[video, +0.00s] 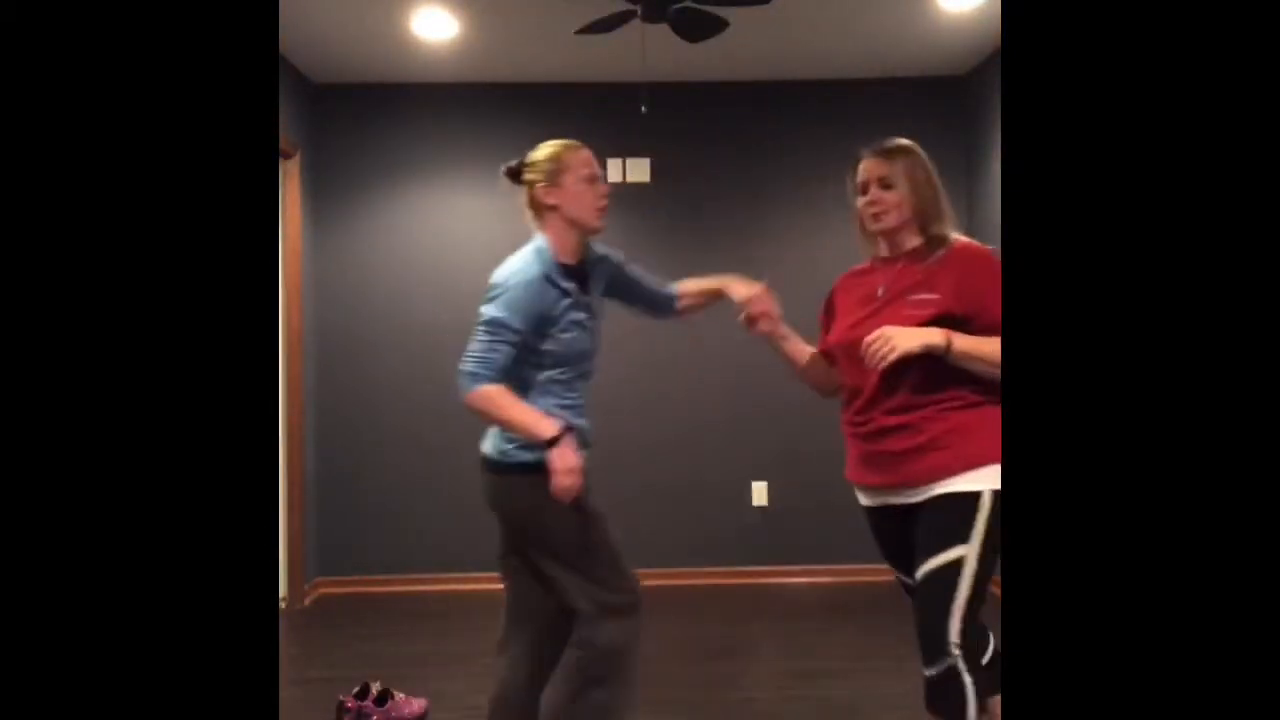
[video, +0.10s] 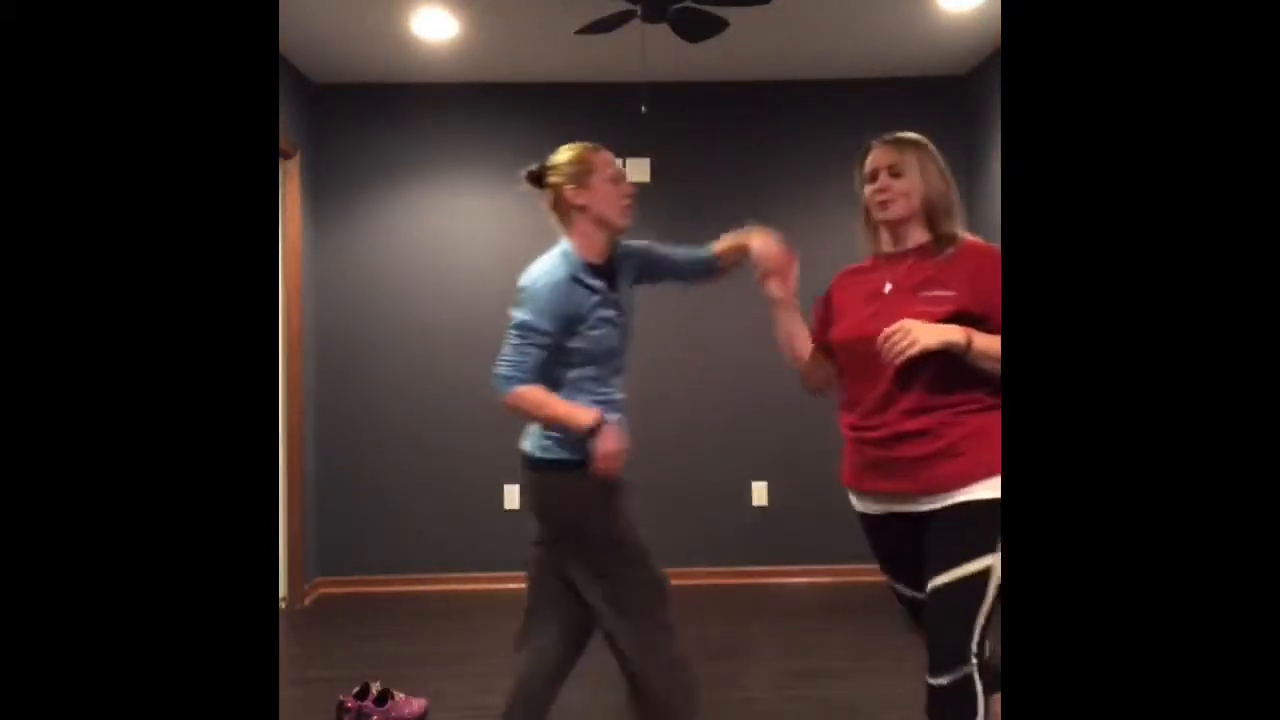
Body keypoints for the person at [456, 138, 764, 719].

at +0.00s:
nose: (605, 192)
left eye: (602, 180)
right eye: (590, 181)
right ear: (548, 196)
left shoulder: (590, 264)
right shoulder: (524, 279)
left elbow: (668, 300)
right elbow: (477, 385)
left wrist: (730, 285)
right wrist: (554, 435)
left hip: (549, 469)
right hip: (525, 471)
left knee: (537, 624)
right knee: (612, 605)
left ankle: (510, 712)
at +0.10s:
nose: (629, 191)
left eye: (624, 180)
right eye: (614, 181)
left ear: (593, 197)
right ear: (576, 198)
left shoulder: (619, 260)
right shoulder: (551, 281)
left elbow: (704, 264)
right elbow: (513, 383)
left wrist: (749, 240)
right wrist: (591, 422)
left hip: (588, 467)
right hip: (563, 472)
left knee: (556, 627)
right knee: (639, 610)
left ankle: (520, 712)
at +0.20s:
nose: (657, 198)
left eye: (652, 187)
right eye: (644, 189)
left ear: (618, 204)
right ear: (607, 204)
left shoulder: (642, 261)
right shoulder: (580, 290)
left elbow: (718, 236)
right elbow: (559, 398)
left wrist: (757, 198)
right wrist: (642, 414)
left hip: (635, 470)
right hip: (608, 475)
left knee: (621, 620)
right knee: (669, 622)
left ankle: (554, 710)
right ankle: (676, 713)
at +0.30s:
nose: (682, 198)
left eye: (676, 187)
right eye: (668, 188)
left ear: (640, 203)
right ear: (633, 203)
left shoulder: (666, 260)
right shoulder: (603, 293)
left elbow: (741, 220)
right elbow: (596, 398)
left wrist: (783, 145)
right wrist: (688, 402)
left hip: (678, 460)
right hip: (637, 468)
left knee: (714, 599)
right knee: (692, 611)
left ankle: (613, 706)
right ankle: (681, 711)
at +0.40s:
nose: (703, 194)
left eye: (698, 183)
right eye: (689, 184)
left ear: (663, 200)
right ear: (653, 199)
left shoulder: (690, 254)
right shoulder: (622, 290)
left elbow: (763, 201)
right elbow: (620, 393)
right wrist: (710, 388)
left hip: (708, 457)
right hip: (660, 463)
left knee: (757, 588)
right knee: (696, 611)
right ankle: (689, 709)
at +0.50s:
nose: (722, 197)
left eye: (718, 186)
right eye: (708, 188)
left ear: (684, 201)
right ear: (670, 202)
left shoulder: (723, 253)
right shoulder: (640, 292)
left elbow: (786, 204)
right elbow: (644, 392)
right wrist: (724, 386)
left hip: (750, 458)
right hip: (687, 465)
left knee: (787, 616)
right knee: (691, 621)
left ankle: (781, 711)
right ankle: (690, 710)